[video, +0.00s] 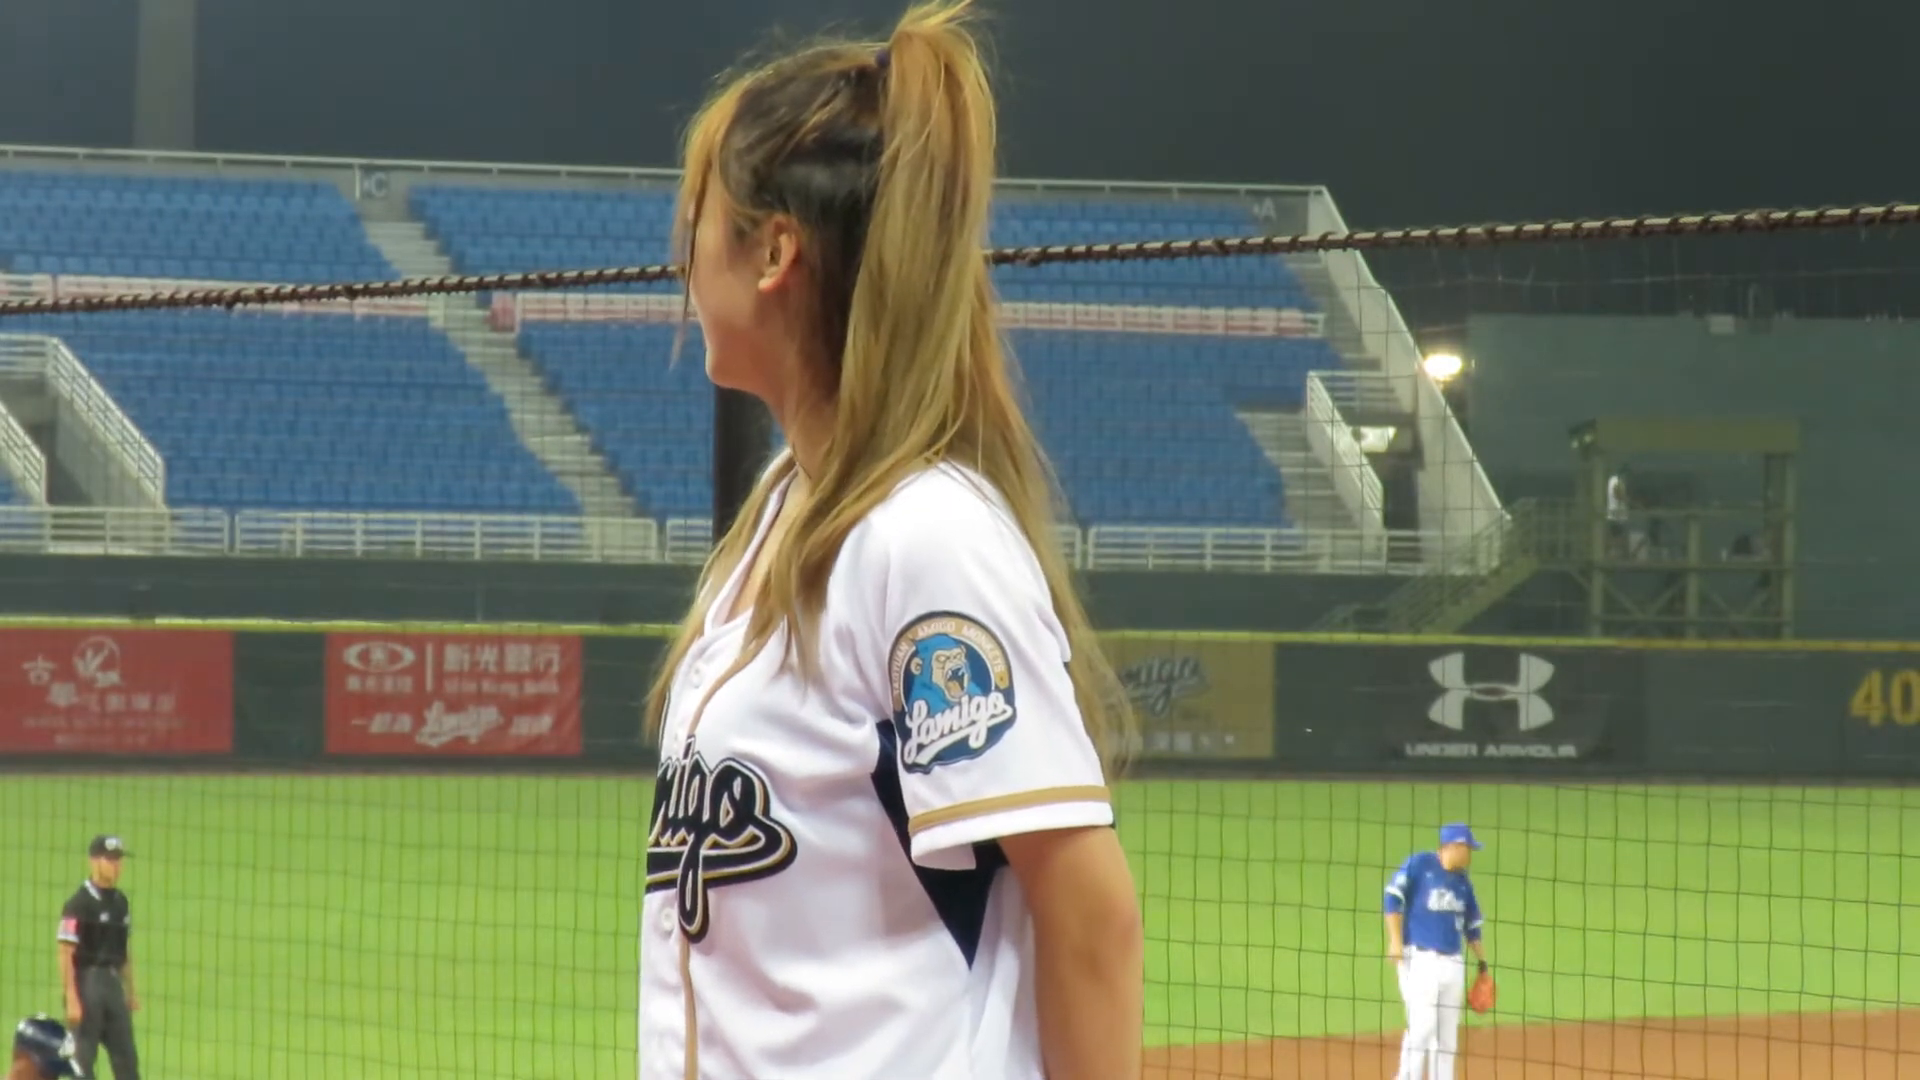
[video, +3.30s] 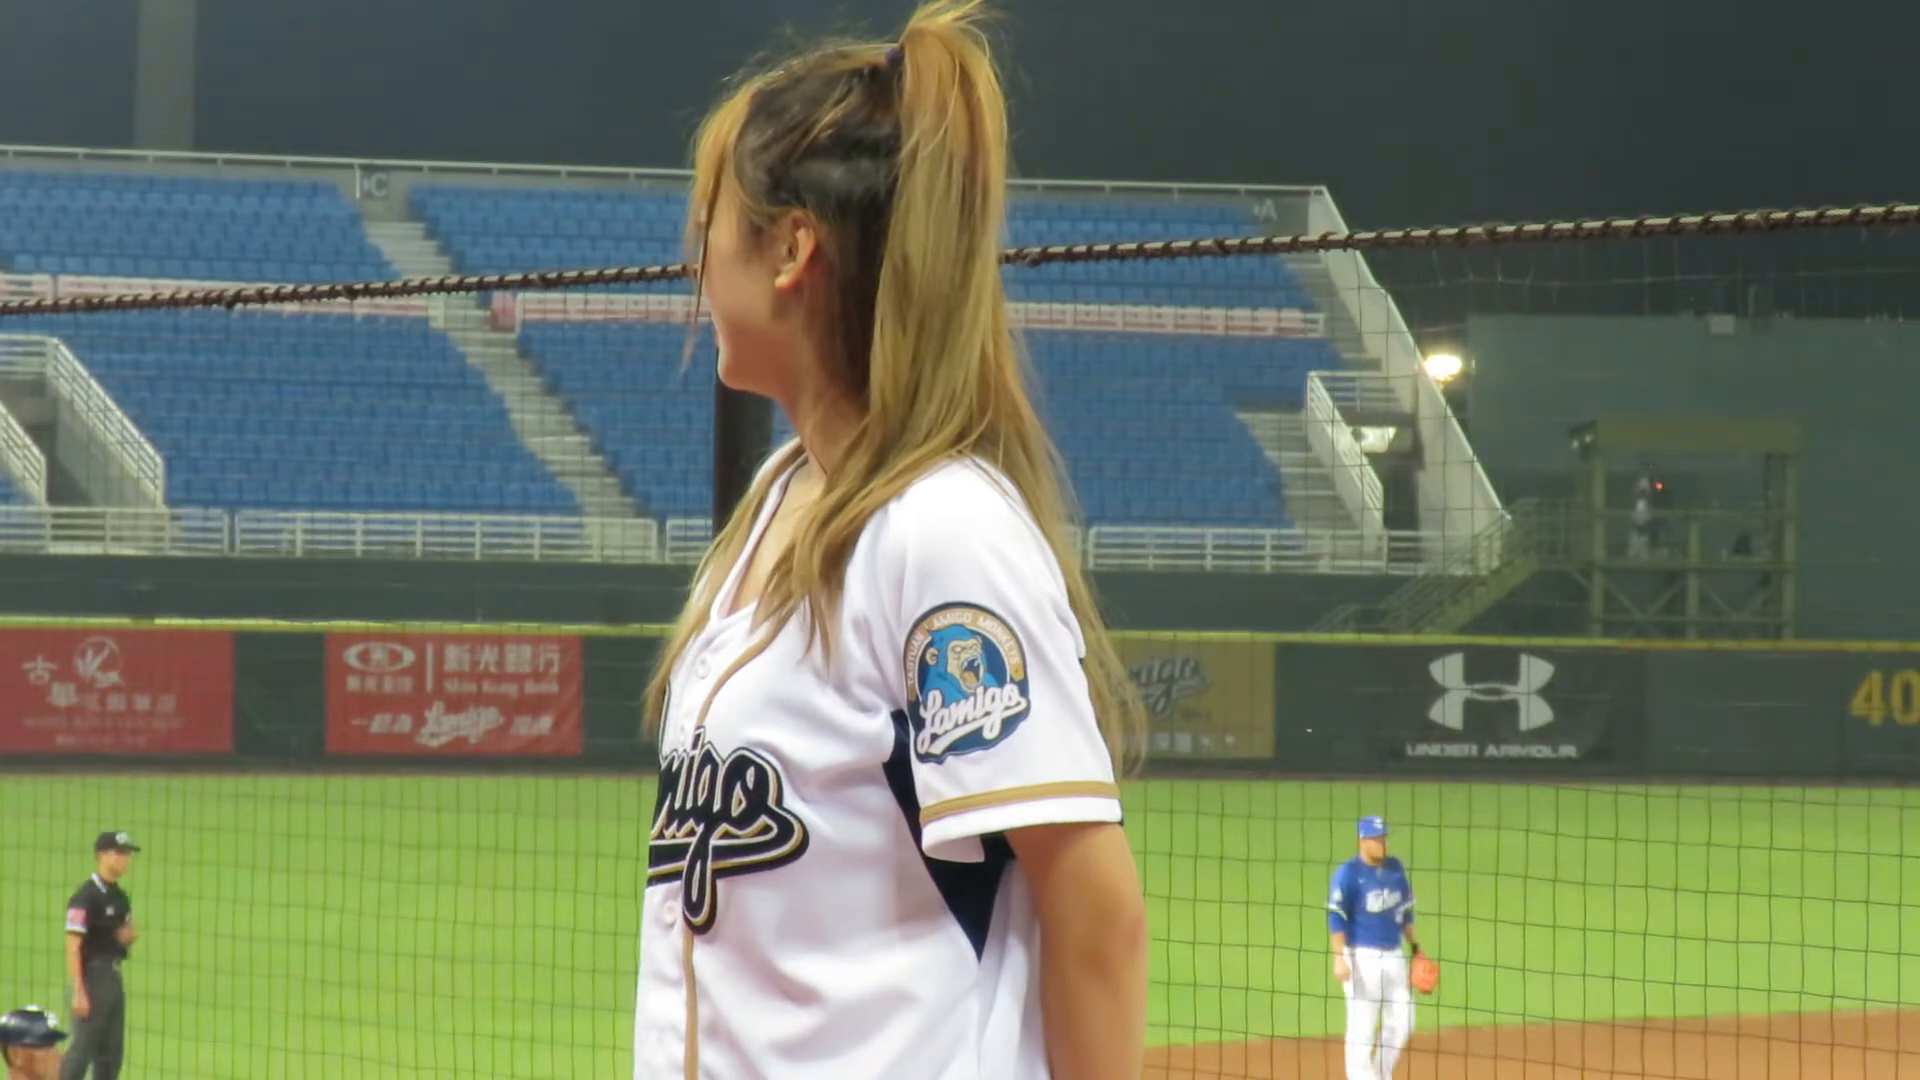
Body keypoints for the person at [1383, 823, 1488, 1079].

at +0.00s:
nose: (1470, 855)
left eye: (1470, 849)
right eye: (1466, 848)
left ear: (1460, 849)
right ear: (1450, 846)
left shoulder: (1463, 882)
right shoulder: (1420, 863)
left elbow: (1473, 928)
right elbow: (1393, 898)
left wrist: (1482, 966)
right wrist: (1396, 942)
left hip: (1452, 963)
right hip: (1419, 959)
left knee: (1447, 1035)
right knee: (1423, 1028)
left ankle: (1443, 1077)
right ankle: (1408, 1076)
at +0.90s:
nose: (1430, 843)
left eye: (1431, 838)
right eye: (1424, 838)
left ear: (1433, 841)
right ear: (1410, 840)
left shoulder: (1439, 874)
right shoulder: (1389, 873)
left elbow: (1449, 921)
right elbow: (1376, 916)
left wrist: (1460, 958)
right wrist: (1381, 957)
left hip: (1433, 960)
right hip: (1400, 959)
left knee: (1442, 1029)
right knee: (1399, 1032)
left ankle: (1436, 1076)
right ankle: (1398, 1076)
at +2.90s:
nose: (1393, 841)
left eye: (1396, 836)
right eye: (1387, 836)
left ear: (1401, 838)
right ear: (1376, 840)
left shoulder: (1412, 871)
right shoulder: (1363, 873)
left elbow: (1421, 921)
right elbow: (1354, 918)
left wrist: (1431, 958)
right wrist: (1358, 956)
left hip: (1410, 960)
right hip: (1376, 959)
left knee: (1422, 1035)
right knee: (1368, 1035)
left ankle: (1425, 1077)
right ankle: (1362, 1077)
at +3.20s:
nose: (1380, 844)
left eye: (1383, 839)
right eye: (1374, 839)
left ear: (1388, 840)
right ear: (1362, 841)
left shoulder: (1397, 869)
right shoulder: (1349, 874)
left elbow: (1407, 916)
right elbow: (1338, 918)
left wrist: (1418, 950)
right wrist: (1341, 958)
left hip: (1397, 958)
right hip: (1364, 958)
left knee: (1407, 1025)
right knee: (1364, 1029)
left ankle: (1399, 1075)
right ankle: (1359, 1075)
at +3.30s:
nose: (1380, 845)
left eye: (1382, 839)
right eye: (1373, 840)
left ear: (1386, 840)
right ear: (1361, 841)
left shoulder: (1395, 868)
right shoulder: (1347, 873)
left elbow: (1405, 915)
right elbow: (1336, 917)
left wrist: (1415, 948)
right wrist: (1340, 956)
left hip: (1395, 957)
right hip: (1362, 957)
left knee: (1400, 1025)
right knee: (1363, 1027)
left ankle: (1381, 1074)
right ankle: (1361, 1075)